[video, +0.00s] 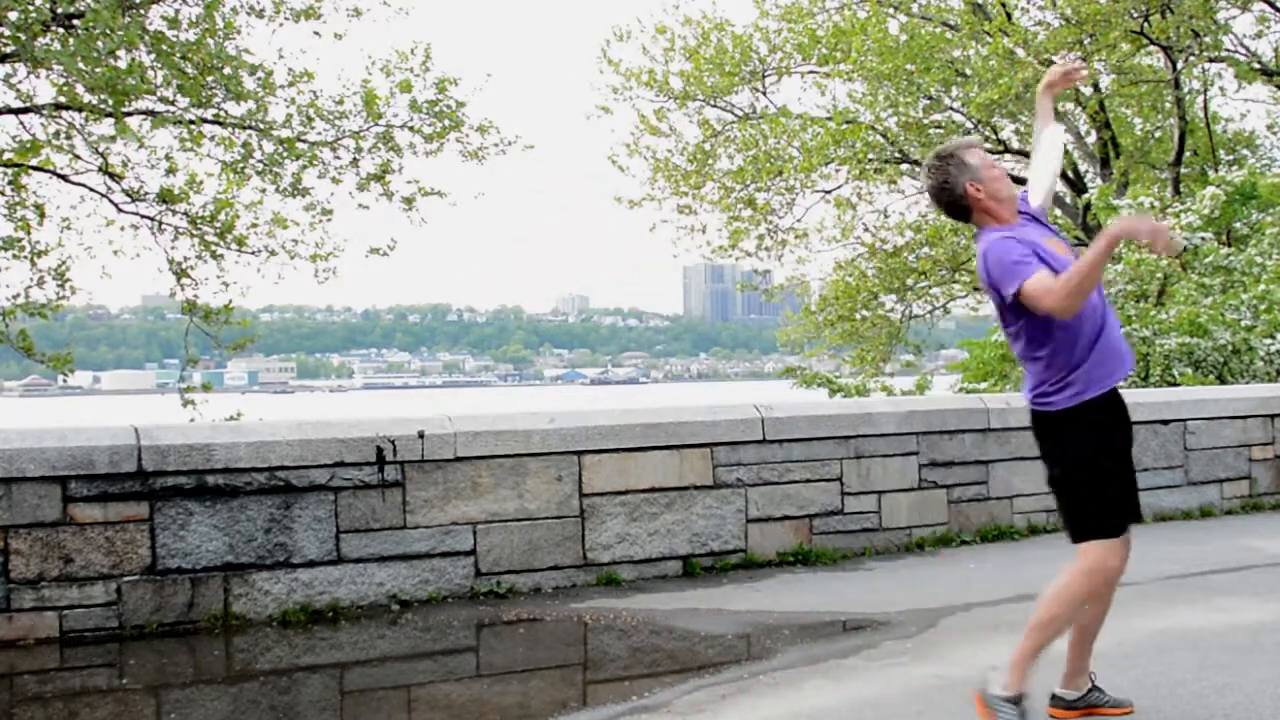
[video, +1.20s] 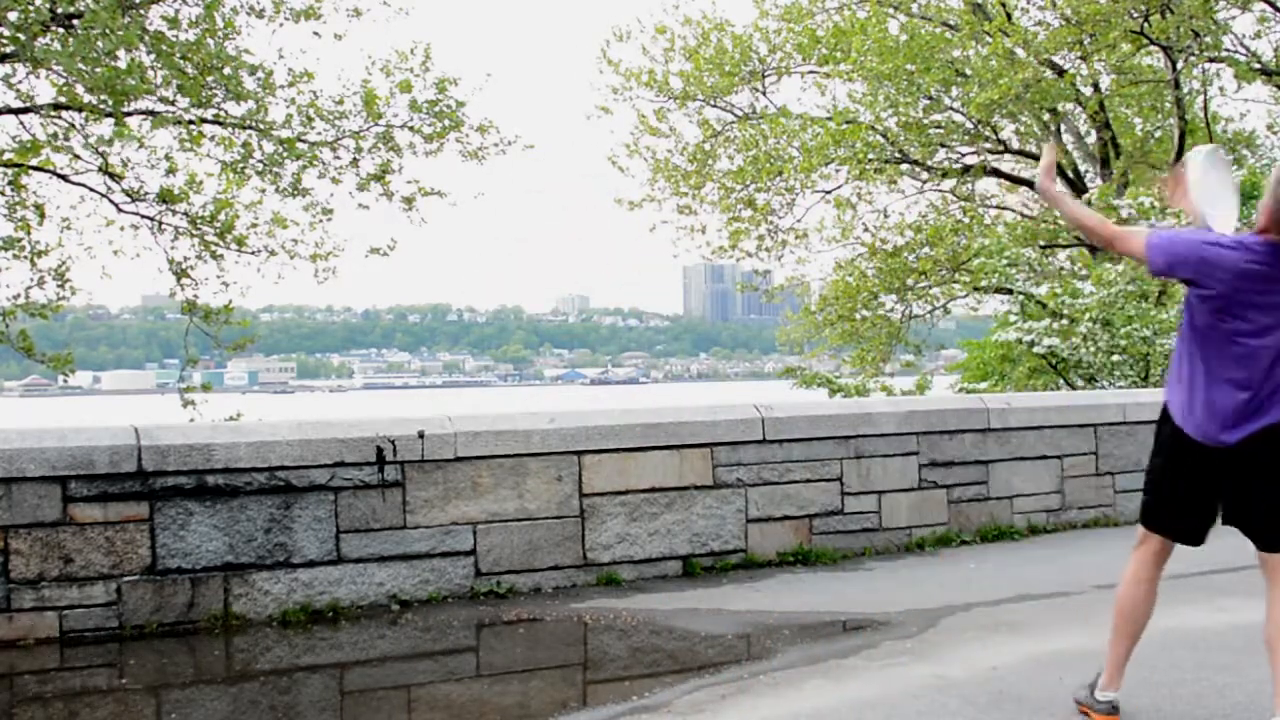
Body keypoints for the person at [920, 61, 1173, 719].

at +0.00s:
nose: (1004, 166)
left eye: (996, 160)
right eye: (993, 164)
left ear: (984, 191)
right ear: (977, 193)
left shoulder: (1027, 217)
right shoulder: (999, 250)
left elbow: (1045, 161)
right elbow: (1059, 300)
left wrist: (1045, 94)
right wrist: (1116, 233)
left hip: (1097, 402)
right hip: (1068, 412)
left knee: (1109, 554)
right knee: (1102, 556)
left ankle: (1075, 686)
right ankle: (1008, 685)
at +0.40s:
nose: (1061, 179)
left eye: (1056, 170)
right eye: (1047, 182)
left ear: (1062, 168)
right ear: (1024, 210)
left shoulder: (1063, 218)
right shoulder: (1069, 252)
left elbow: (1064, 197)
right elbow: (1163, 293)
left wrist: (1074, 154)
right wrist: (1166, 238)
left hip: (1131, 407)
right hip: (1125, 413)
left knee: (1142, 558)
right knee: (1144, 562)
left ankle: (1096, 691)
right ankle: (1092, 706)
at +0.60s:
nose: (1113, 154)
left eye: (1104, 148)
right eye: (1102, 155)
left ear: (1067, 193)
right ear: (1084, 188)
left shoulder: (1058, 228)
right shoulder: (1137, 244)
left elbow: (1035, 185)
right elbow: (1241, 267)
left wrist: (1032, 125)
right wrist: (1262, 192)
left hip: (1102, 407)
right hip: (1142, 410)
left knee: (1125, 558)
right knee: (1152, 563)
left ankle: (1089, 691)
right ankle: (1094, 704)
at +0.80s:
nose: (1179, 158)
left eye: (1173, 151)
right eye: (1171, 155)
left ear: (1124, 181)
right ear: (1152, 184)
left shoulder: (1083, 219)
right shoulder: (1191, 256)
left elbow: (1005, 209)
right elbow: (1253, 332)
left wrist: (972, 172)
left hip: (1099, 422)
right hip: (1168, 422)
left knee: (1121, 549)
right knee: (1227, 547)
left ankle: (1082, 689)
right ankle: (1161, 676)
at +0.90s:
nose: (1203, 182)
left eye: (1199, 174)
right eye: (1200, 177)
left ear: (1139, 183)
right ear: (1188, 192)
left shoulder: (1102, 224)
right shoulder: (1216, 264)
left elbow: (1026, 215)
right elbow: (1268, 324)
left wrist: (991, 184)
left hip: (1114, 429)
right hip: (1189, 427)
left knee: (1121, 551)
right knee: (1250, 549)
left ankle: (1084, 688)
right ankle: (1243, 689)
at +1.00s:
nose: (1236, 198)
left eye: (1232, 190)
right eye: (1236, 192)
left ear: (1172, 197)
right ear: (1227, 204)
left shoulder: (1128, 238)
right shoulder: (1250, 271)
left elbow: (1052, 211)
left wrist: (1021, 172)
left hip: (1136, 434)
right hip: (1213, 433)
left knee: (1129, 554)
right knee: (1264, 555)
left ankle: (1085, 687)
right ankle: (1278, 696)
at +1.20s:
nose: (1260, 201)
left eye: (1264, 195)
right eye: (1268, 194)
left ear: (1266, 209)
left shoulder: (1223, 255)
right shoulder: (1268, 259)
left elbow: (1113, 237)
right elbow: (1239, 252)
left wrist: (1051, 190)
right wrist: (1196, 213)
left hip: (1193, 433)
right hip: (1268, 438)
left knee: (1151, 550)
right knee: (1276, 573)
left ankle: (1108, 688)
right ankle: (1279, 709)